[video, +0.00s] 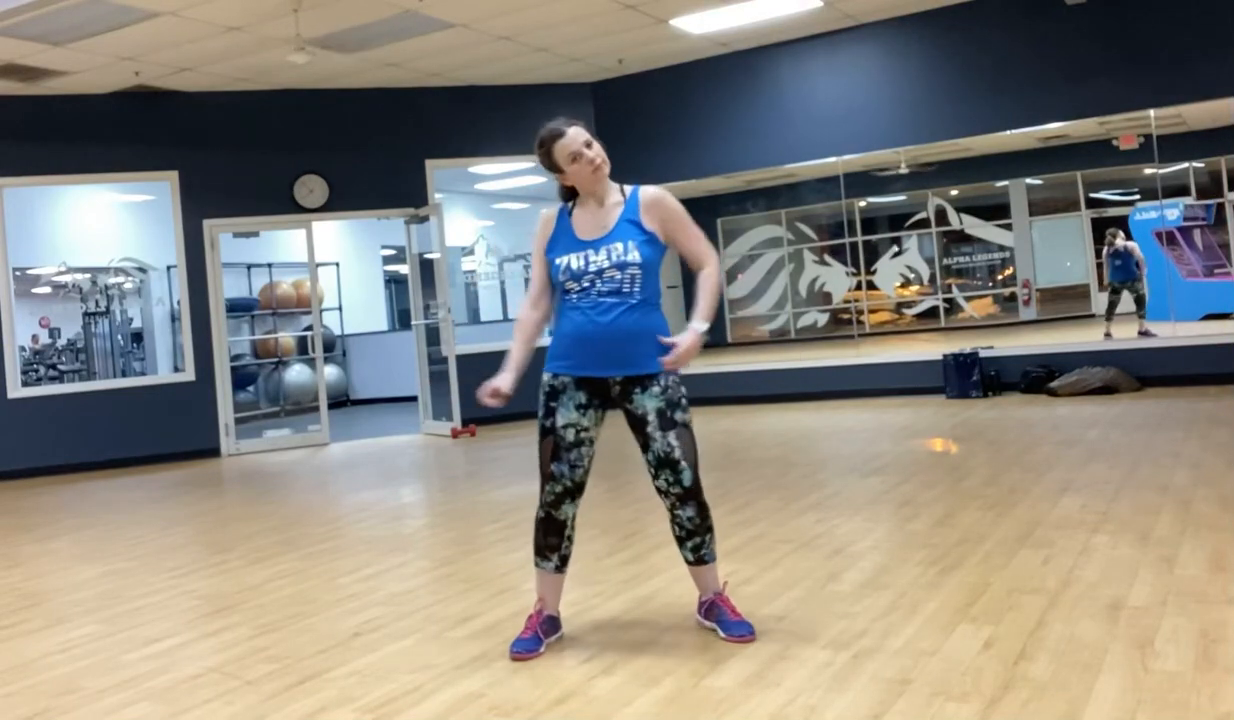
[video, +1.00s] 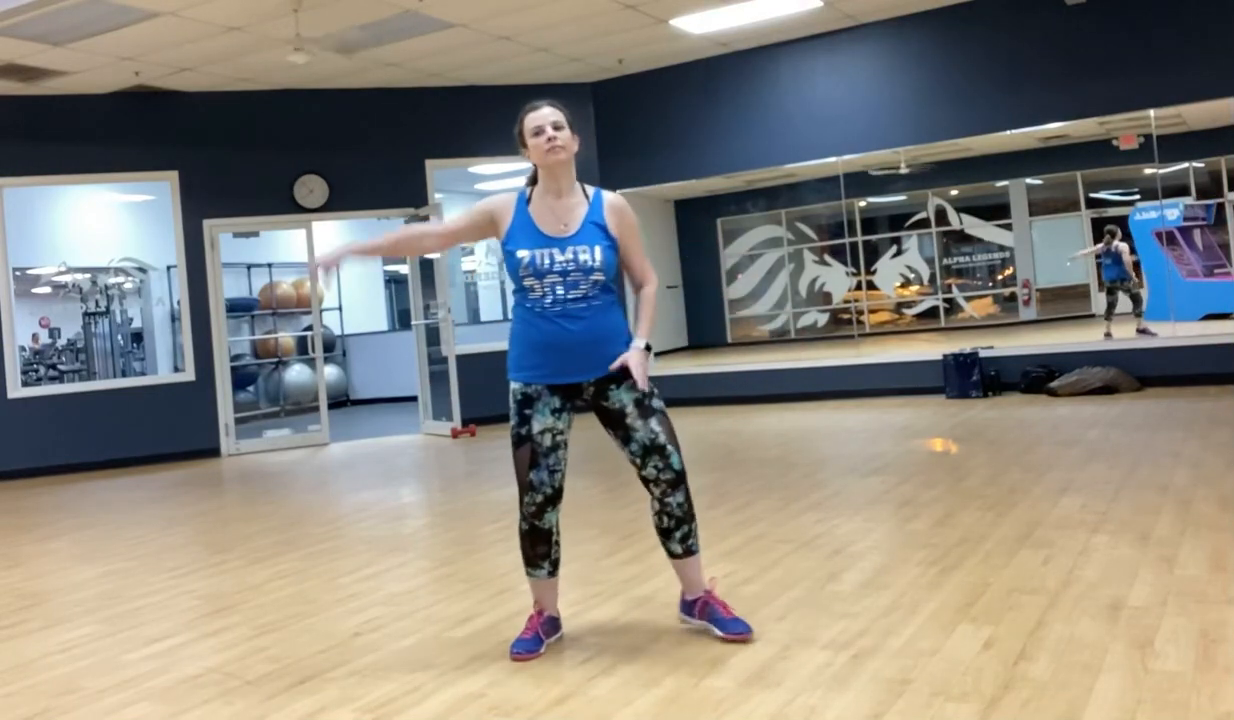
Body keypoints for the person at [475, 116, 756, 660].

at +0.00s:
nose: (591, 155)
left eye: (589, 143)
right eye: (576, 156)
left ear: (601, 143)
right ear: (562, 176)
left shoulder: (652, 203)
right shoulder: (552, 224)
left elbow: (707, 263)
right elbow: (536, 304)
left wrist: (696, 328)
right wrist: (510, 372)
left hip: (649, 371)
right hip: (572, 376)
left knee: (682, 484)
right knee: (559, 490)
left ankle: (712, 599)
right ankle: (545, 613)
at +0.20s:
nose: (600, 152)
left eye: (601, 141)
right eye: (586, 151)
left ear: (613, 142)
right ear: (570, 167)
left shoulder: (661, 202)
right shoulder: (560, 224)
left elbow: (731, 252)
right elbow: (555, 305)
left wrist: (758, 315)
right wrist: (558, 371)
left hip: (667, 368)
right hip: (592, 378)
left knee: (689, 482)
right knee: (569, 490)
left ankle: (712, 600)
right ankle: (547, 613)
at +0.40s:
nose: (596, 147)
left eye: (600, 137)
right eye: (582, 144)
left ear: (613, 143)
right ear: (566, 160)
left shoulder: (656, 208)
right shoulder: (552, 223)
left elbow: (715, 271)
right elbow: (531, 302)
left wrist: (776, 304)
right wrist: (537, 368)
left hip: (664, 369)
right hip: (587, 378)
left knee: (683, 482)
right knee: (568, 493)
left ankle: (711, 599)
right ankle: (547, 613)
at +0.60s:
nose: (578, 142)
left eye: (583, 133)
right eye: (565, 139)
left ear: (599, 143)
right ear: (550, 156)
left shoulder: (635, 215)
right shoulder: (528, 220)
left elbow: (659, 296)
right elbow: (476, 293)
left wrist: (698, 329)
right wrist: (439, 350)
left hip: (637, 371)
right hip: (560, 379)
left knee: (667, 484)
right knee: (552, 497)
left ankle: (710, 600)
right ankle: (545, 615)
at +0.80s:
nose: (560, 139)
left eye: (566, 130)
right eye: (547, 135)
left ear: (583, 142)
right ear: (533, 154)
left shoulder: (618, 215)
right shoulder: (512, 216)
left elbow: (637, 294)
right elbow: (442, 270)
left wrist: (644, 344)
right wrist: (380, 312)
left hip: (616, 373)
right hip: (542, 380)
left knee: (660, 483)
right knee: (541, 500)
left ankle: (707, 600)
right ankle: (545, 615)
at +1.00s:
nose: (551, 135)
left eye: (557, 126)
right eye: (539, 132)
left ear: (574, 138)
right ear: (525, 150)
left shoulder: (610, 207)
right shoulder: (505, 209)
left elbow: (645, 281)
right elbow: (429, 236)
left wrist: (640, 344)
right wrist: (348, 250)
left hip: (611, 369)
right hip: (537, 377)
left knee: (667, 468)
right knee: (538, 494)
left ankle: (697, 594)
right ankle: (544, 614)